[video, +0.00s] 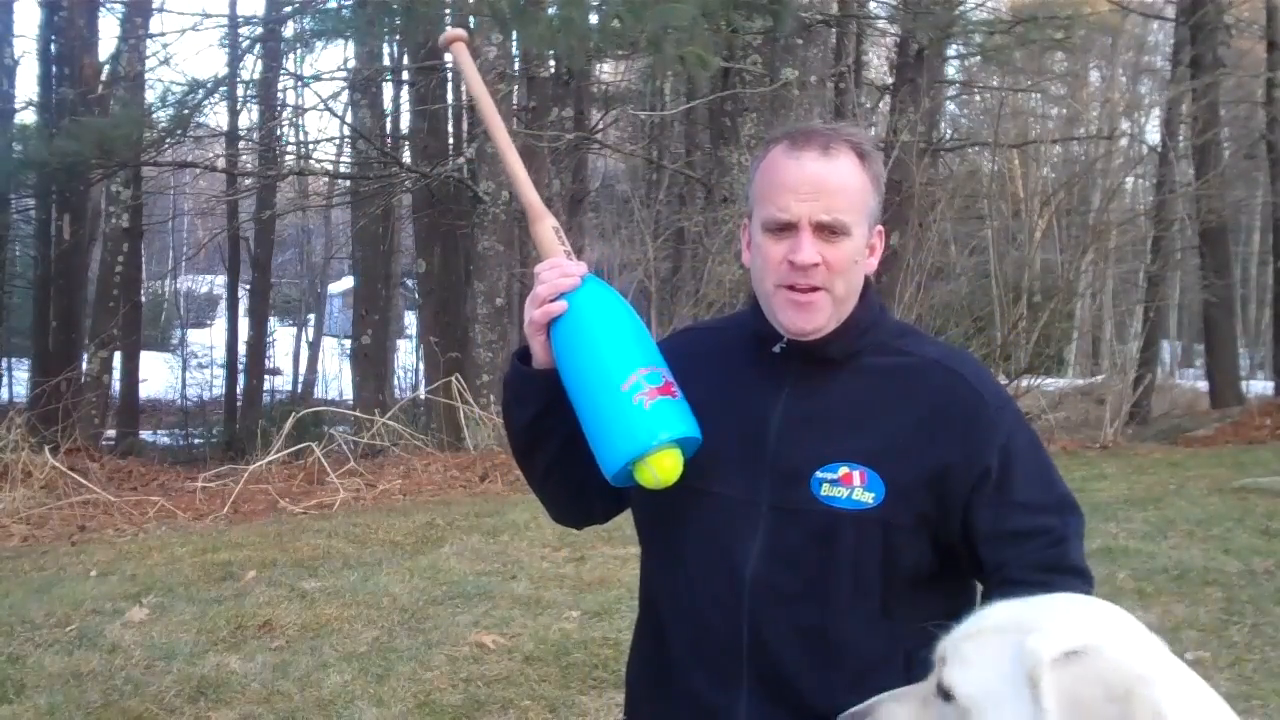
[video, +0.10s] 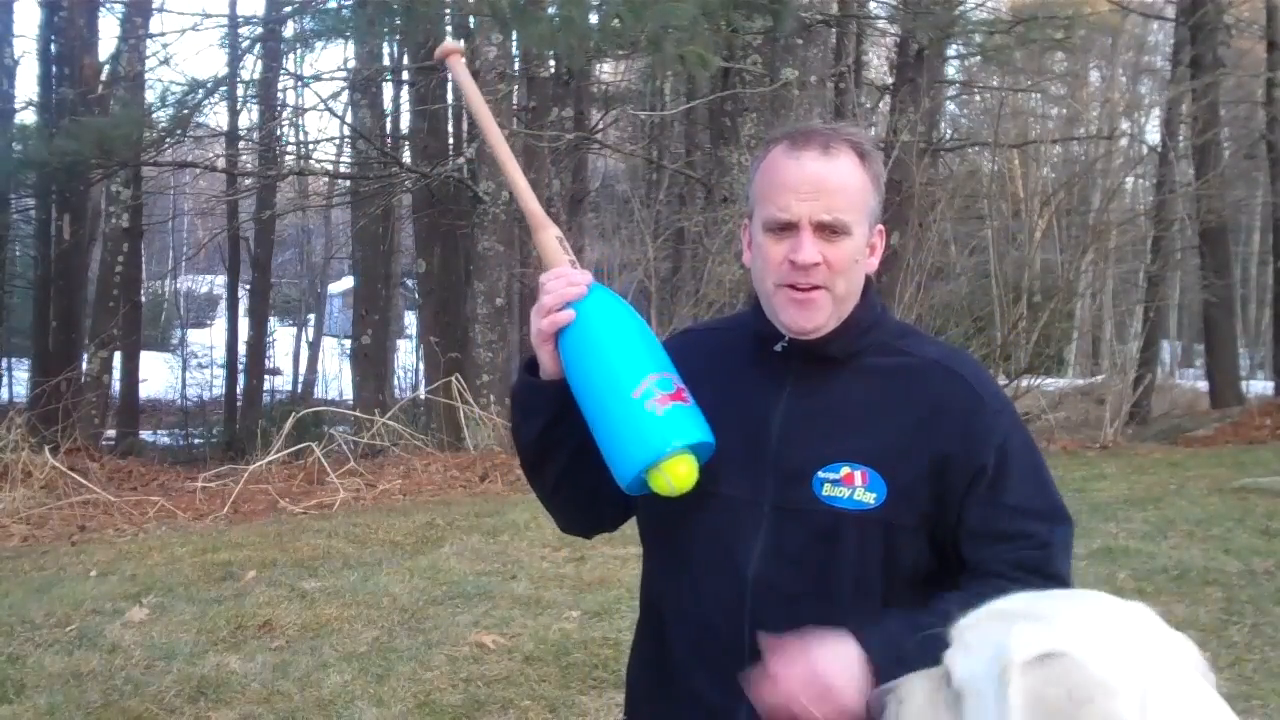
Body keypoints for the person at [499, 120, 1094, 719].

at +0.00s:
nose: (803, 256)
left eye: (831, 231)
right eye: (780, 229)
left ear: (873, 249)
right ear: (747, 242)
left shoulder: (953, 402)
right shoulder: (679, 370)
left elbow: (1047, 586)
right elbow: (579, 497)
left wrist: (980, 708)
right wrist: (542, 368)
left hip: (868, 713)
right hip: (678, 707)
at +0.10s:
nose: (804, 255)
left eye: (830, 229)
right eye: (781, 228)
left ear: (873, 248)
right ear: (747, 243)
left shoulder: (951, 399)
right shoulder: (680, 369)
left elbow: (1027, 582)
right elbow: (585, 507)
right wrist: (550, 376)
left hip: (853, 716)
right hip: (677, 706)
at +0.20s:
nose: (806, 253)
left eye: (832, 229)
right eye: (784, 228)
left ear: (875, 248)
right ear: (749, 242)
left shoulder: (948, 398)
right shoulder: (678, 369)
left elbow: (1009, 590)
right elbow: (594, 517)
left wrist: (826, 599)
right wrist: (566, 397)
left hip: (860, 708)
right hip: (681, 706)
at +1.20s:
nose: (794, 249)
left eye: (821, 225)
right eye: (773, 223)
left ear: (867, 248)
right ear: (742, 239)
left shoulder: (948, 395)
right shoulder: (676, 368)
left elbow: (977, 587)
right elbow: (605, 528)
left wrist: (794, 548)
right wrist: (572, 411)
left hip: (861, 706)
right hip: (680, 703)